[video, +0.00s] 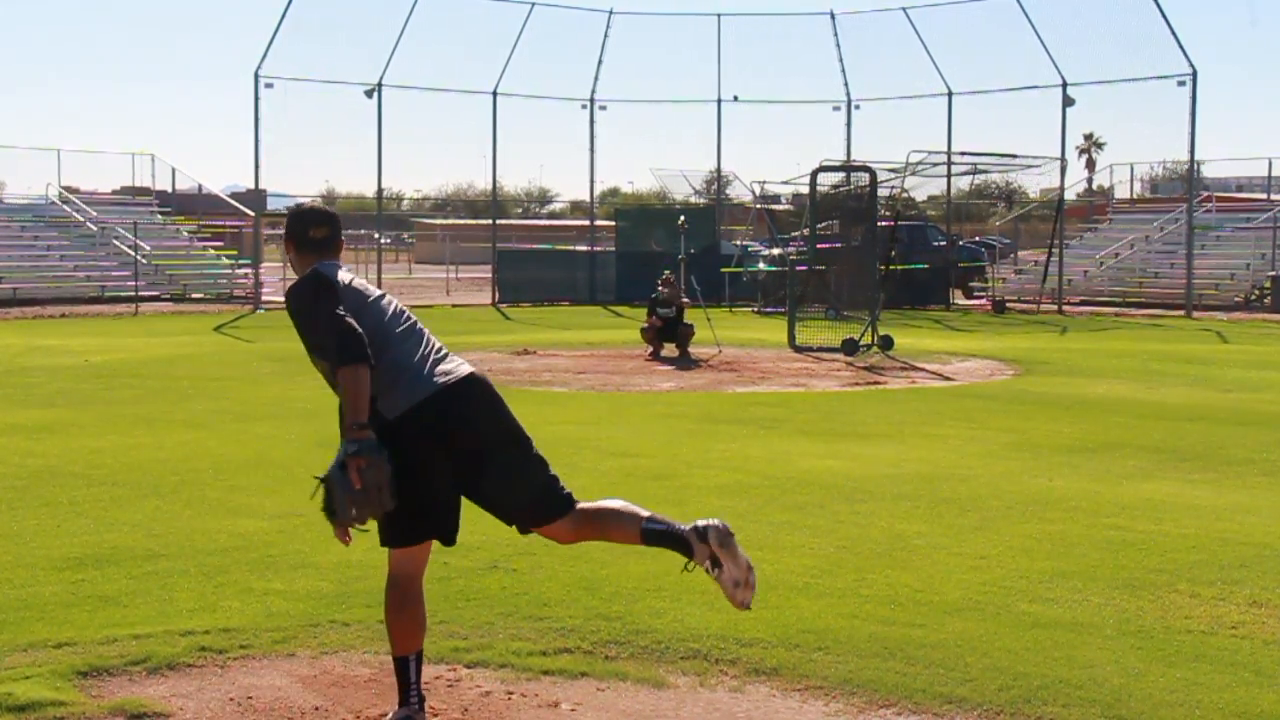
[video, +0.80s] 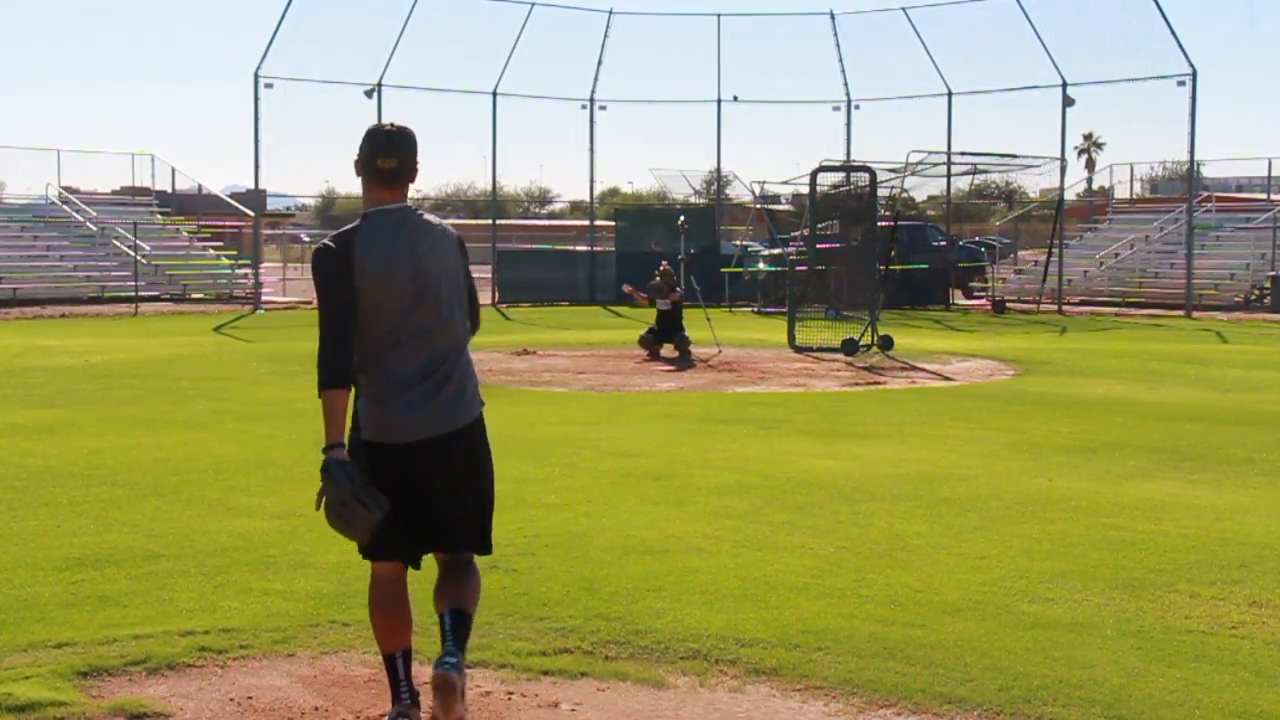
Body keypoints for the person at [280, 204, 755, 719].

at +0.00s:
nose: (283, 254)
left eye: (282, 245)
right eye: (288, 245)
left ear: (287, 247)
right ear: (337, 246)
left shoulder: (307, 292)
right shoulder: (356, 286)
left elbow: (353, 359)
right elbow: (375, 379)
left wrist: (353, 447)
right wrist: (350, 469)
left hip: (411, 426)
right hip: (468, 396)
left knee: (405, 568)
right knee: (564, 521)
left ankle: (409, 700)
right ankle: (692, 539)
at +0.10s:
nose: (288, 240)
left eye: (288, 232)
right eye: (295, 230)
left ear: (292, 235)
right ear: (339, 232)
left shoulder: (312, 282)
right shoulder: (355, 279)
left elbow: (371, 352)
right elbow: (342, 389)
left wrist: (386, 433)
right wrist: (320, 473)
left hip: (416, 428)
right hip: (471, 397)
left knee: (408, 565)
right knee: (565, 521)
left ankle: (410, 703)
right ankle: (686, 593)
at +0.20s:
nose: (292, 228)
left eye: (292, 220)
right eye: (295, 221)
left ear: (296, 223)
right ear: (347, 222)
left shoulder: (321, 276)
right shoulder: (362, 271)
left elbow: (382, 351)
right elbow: (328, 375)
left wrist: (401, 434)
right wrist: (281, 452)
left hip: (418, 427)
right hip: (477, 397)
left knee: (410, 565)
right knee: (557, 529)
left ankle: (411, 702)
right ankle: (643, 641)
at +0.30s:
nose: (304, 218)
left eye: (304, 211)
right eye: (314, 210)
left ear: (308, 215)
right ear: (358, 211)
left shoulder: (335, 271)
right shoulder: (372, 263)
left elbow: (389, 356)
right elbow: (319, 366)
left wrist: (405, 446)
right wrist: (247, 405)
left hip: (421, 427)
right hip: (482, 407)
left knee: (409, 566)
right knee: (538, 544)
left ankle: (412, 703)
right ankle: (606, 670)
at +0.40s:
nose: (317, 208)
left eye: (317, 200)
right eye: (325, 200)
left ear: (321, 206)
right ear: (372, 204)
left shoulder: (347, 266)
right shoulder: (385, 255)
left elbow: (393, 363)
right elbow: (323, 349)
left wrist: (395, 455)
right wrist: (247, 340)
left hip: (422, 426)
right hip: (479, 409)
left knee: (407, 566)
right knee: (526, 549)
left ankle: (411, 699)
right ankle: (599, 672)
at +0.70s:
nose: (362, 184)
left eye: (353, 174)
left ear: (350, 180)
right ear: (404, 181)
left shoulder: (339, 258)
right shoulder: (431, 242)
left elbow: (344, 361)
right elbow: (407, 318)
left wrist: (336, 460)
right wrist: (326, 326)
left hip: (393, 435)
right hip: (466, 423)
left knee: (394, 568)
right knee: (471, 542)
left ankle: (407, 701)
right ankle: (501, 646)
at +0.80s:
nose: (386, 177)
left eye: (370, 165)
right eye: (408, 169)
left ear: (359, 172)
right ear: (415, 174)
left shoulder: (337, 251)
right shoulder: (446, 240)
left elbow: (336, 354)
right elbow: (469, 321)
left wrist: (335, 448)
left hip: (383, 435)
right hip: (458, 430)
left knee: (389, 565)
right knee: (458, 555)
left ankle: (403, 698)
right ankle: (451, 656)